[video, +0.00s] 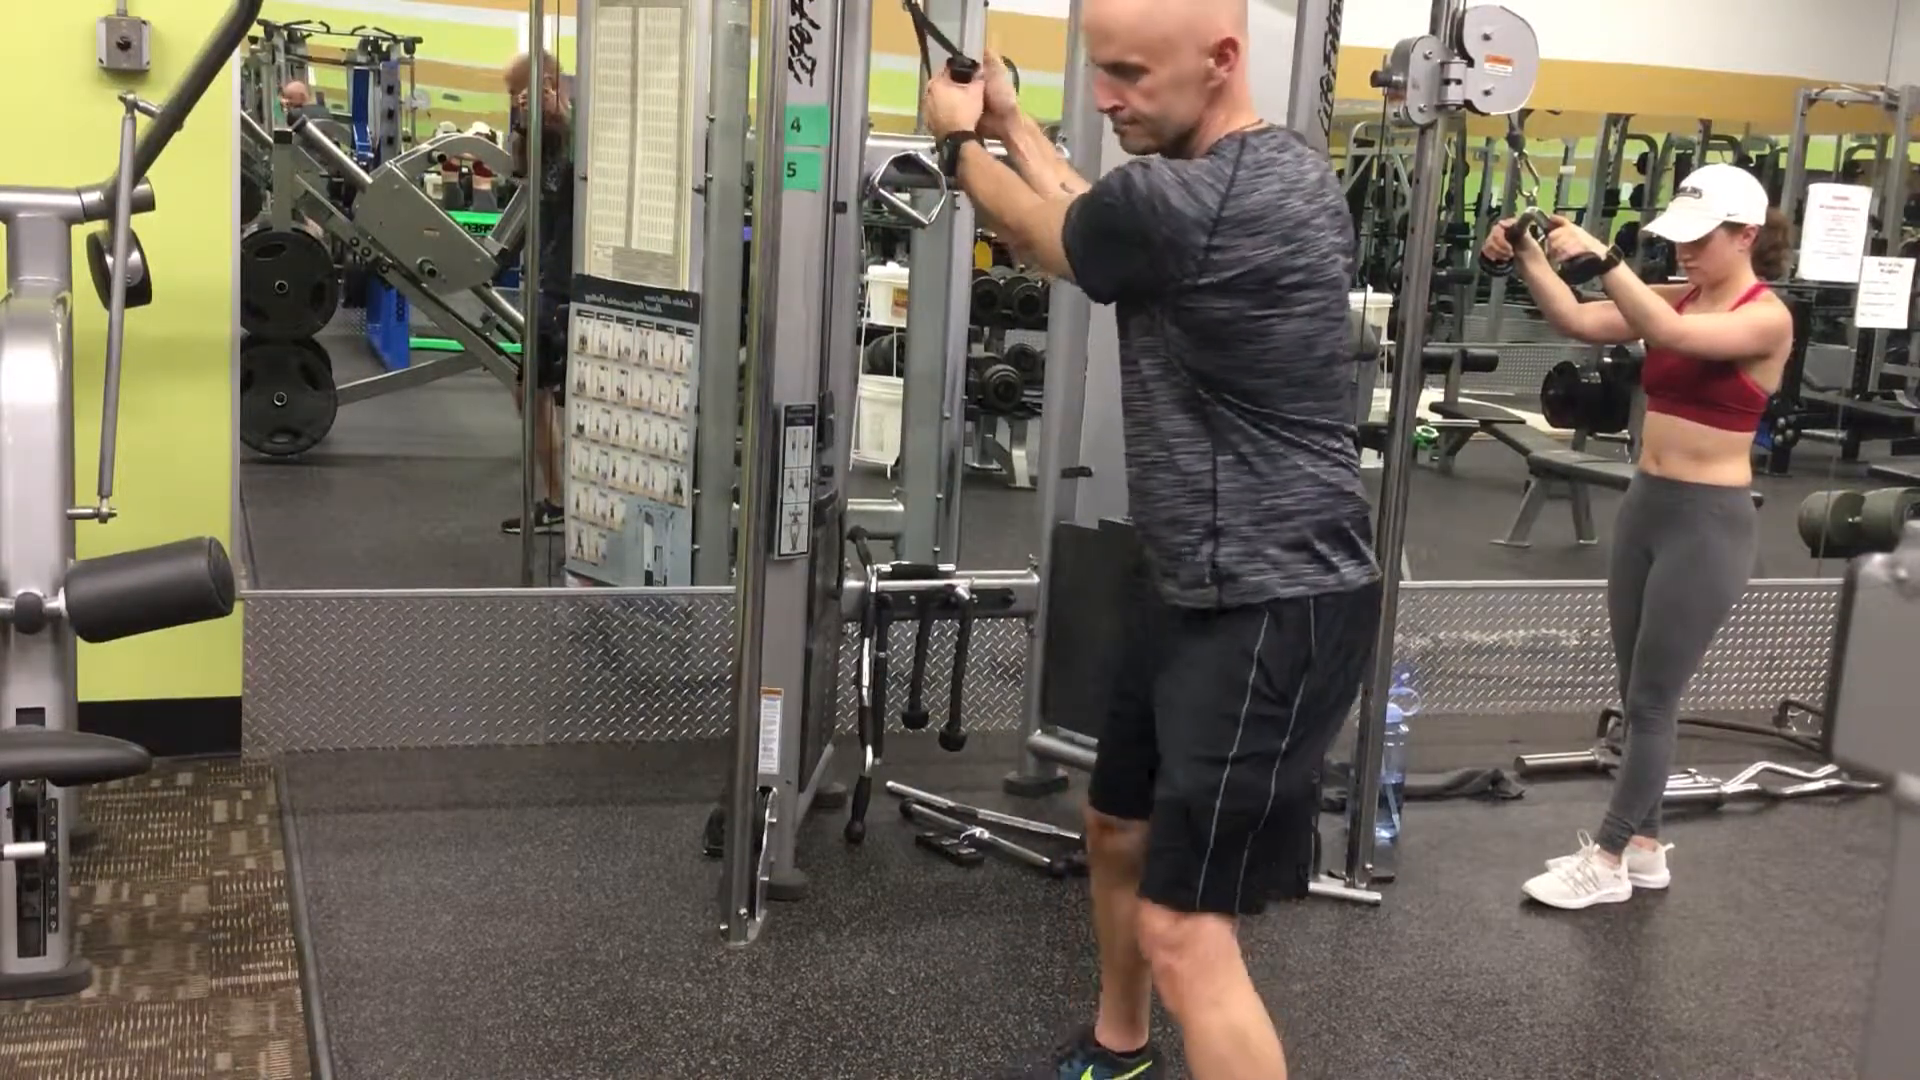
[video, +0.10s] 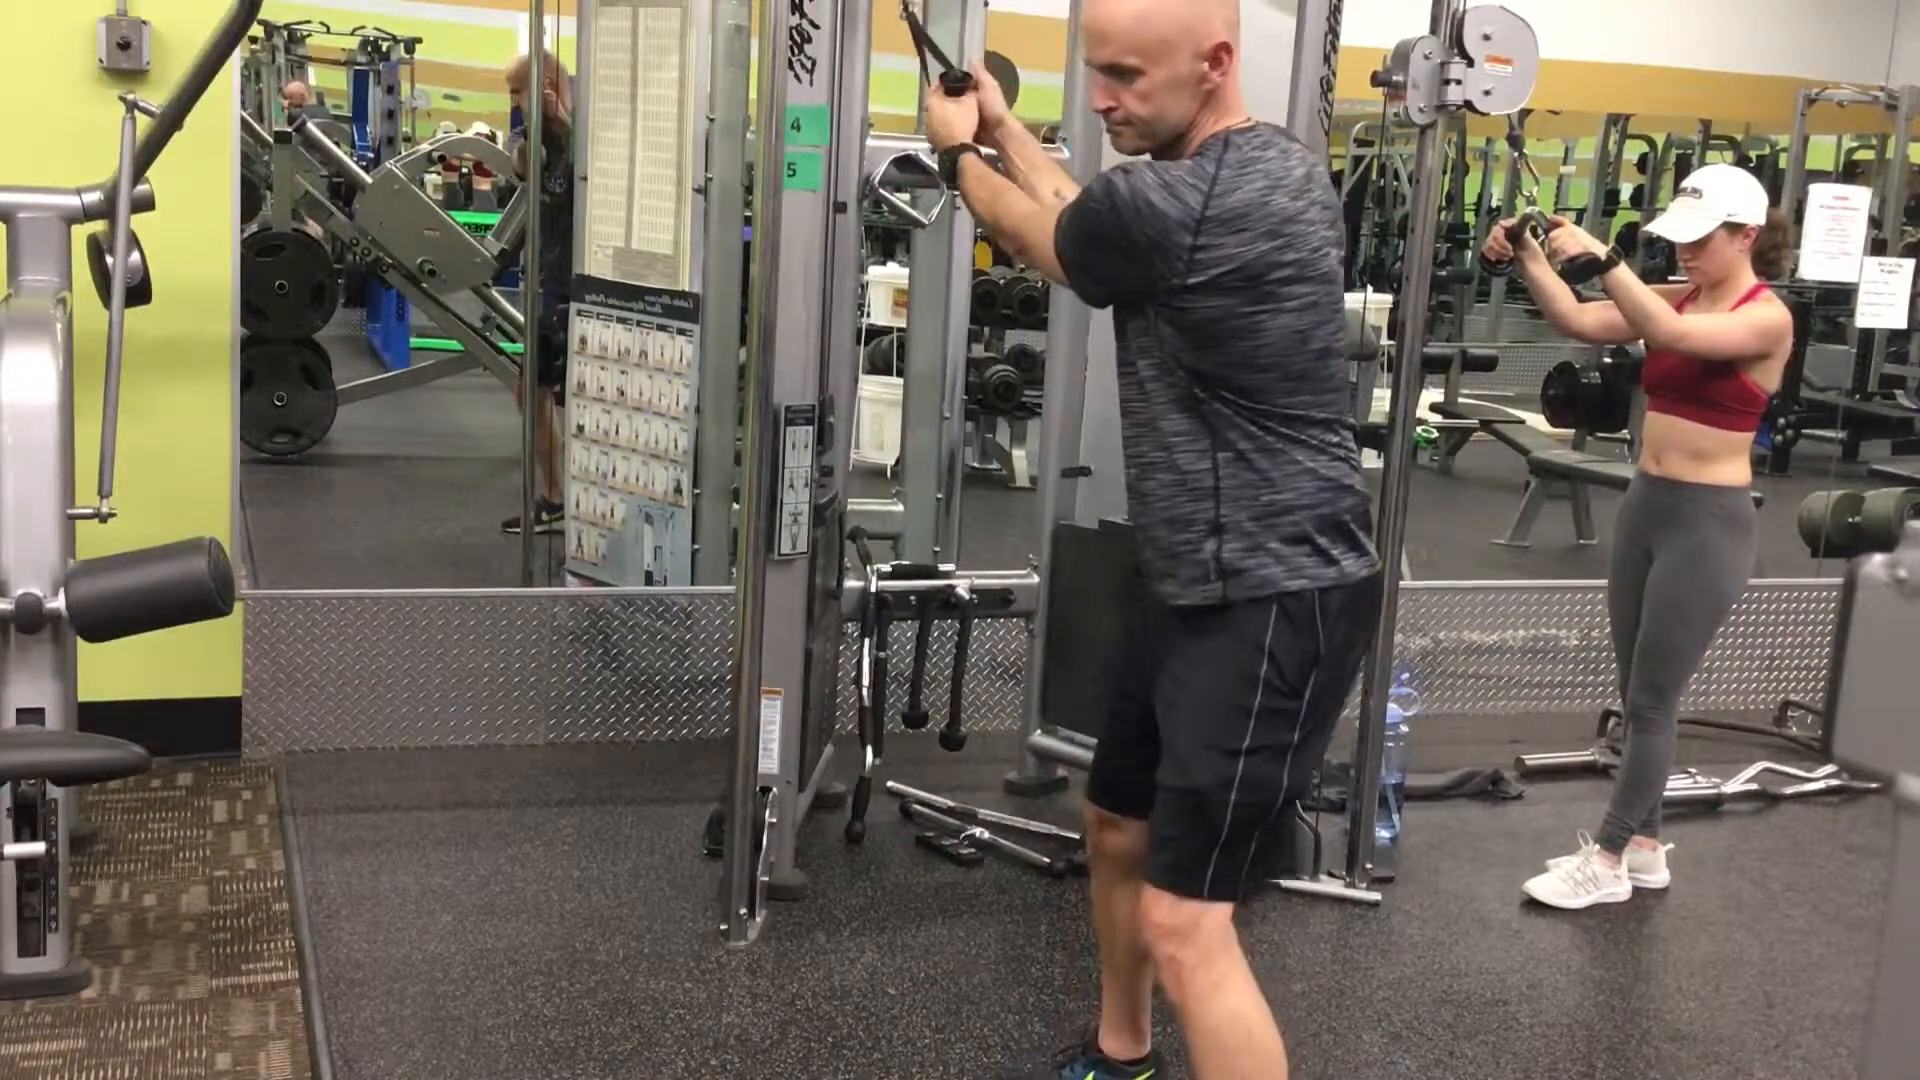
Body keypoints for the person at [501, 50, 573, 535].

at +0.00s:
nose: (519, 105)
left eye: (525, 94)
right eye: (514, 97)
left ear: (552, 89)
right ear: (517, 97)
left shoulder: (584, 137)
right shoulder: (531, 140)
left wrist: (567, 122)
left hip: (576, 283)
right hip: (542, 283)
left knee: (579, 398)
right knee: (531, 391)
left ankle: (580, 502)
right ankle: (553, 499)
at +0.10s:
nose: (513, 101)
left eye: (519, 91)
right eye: (511, 92)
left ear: (545, 89)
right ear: (550, 89)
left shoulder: (547, 139)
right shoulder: (547, 139)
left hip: (556, 285)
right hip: (552, 282)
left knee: (532, 390)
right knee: (539, 392)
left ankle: (555, 497)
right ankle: (556, 496)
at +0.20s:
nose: (512, 99)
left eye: (518, 90)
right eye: (511, 91)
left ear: (542, 88)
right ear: (550, 86)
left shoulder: (544, 135)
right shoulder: (560, 132)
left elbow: (533, 208)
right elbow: (524, 207)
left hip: (552, 280)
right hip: (554, 278)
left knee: (543, 391)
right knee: (544, 391)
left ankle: (554, 497)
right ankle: (552, 494)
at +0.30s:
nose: (513, 102)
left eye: (519, 93)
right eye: (513, 94)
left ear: (543, 88)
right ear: (552, 84)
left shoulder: (544, 132)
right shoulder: (570, 126)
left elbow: (528, 169)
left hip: (555, 281)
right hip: (564, 277)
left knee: (544, 399)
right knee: (549, 399)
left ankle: (546, 500)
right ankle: (549, 499)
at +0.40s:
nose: (514, 102)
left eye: (519, 94)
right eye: (513, 94)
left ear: (543, 87)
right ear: (551, 82)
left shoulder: (545, 131)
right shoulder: (572, 124)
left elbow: (528, 181)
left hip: (557, 278)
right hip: (567, 274)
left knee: (544, 397)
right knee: (549, 397)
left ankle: (546, 500)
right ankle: (549, 498)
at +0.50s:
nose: (514, 102)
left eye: (519, 93)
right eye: (514, 94)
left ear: (539, 89)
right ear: (552, 84)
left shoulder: (547, 131)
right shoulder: (572, 124)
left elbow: (526, 168)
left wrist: (487, 142)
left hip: (557, 278)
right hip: (568, 274)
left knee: (543, 397)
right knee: (549, 397)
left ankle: (547, 499)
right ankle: (548, 498)